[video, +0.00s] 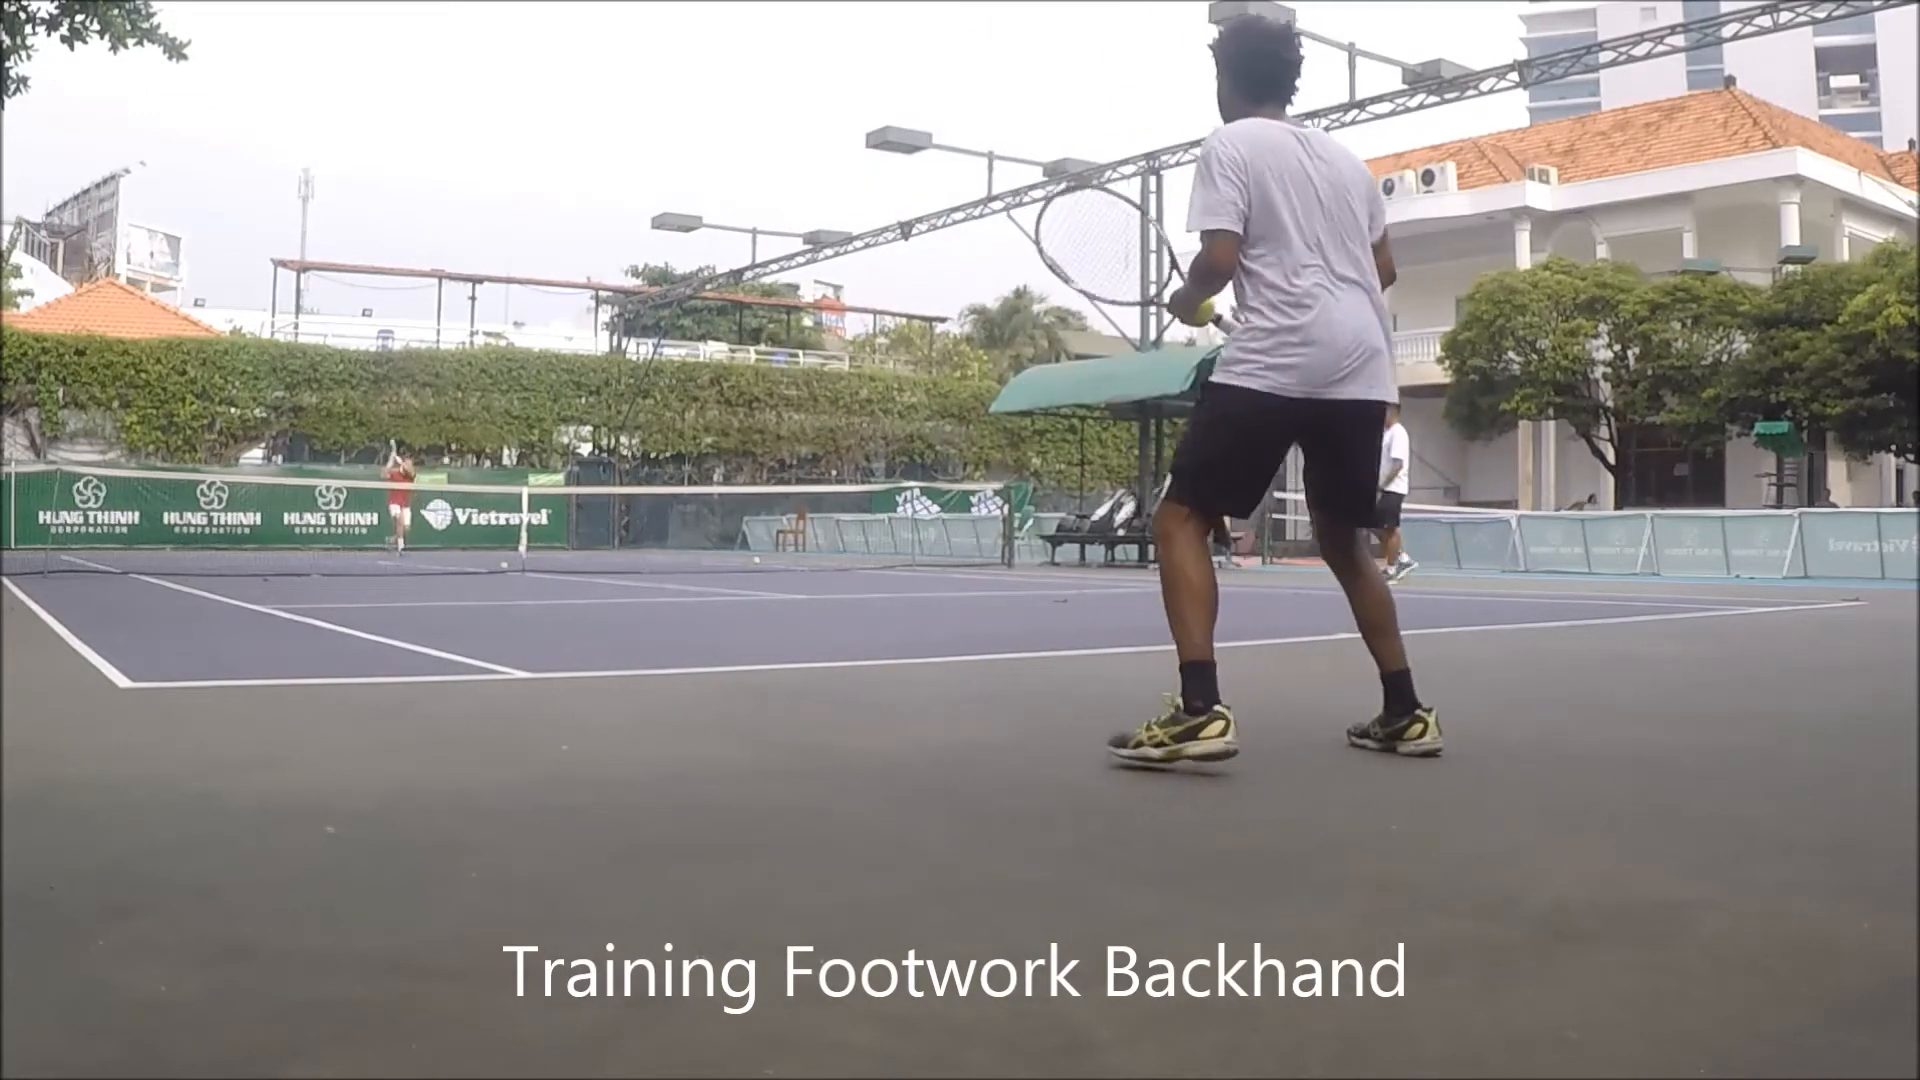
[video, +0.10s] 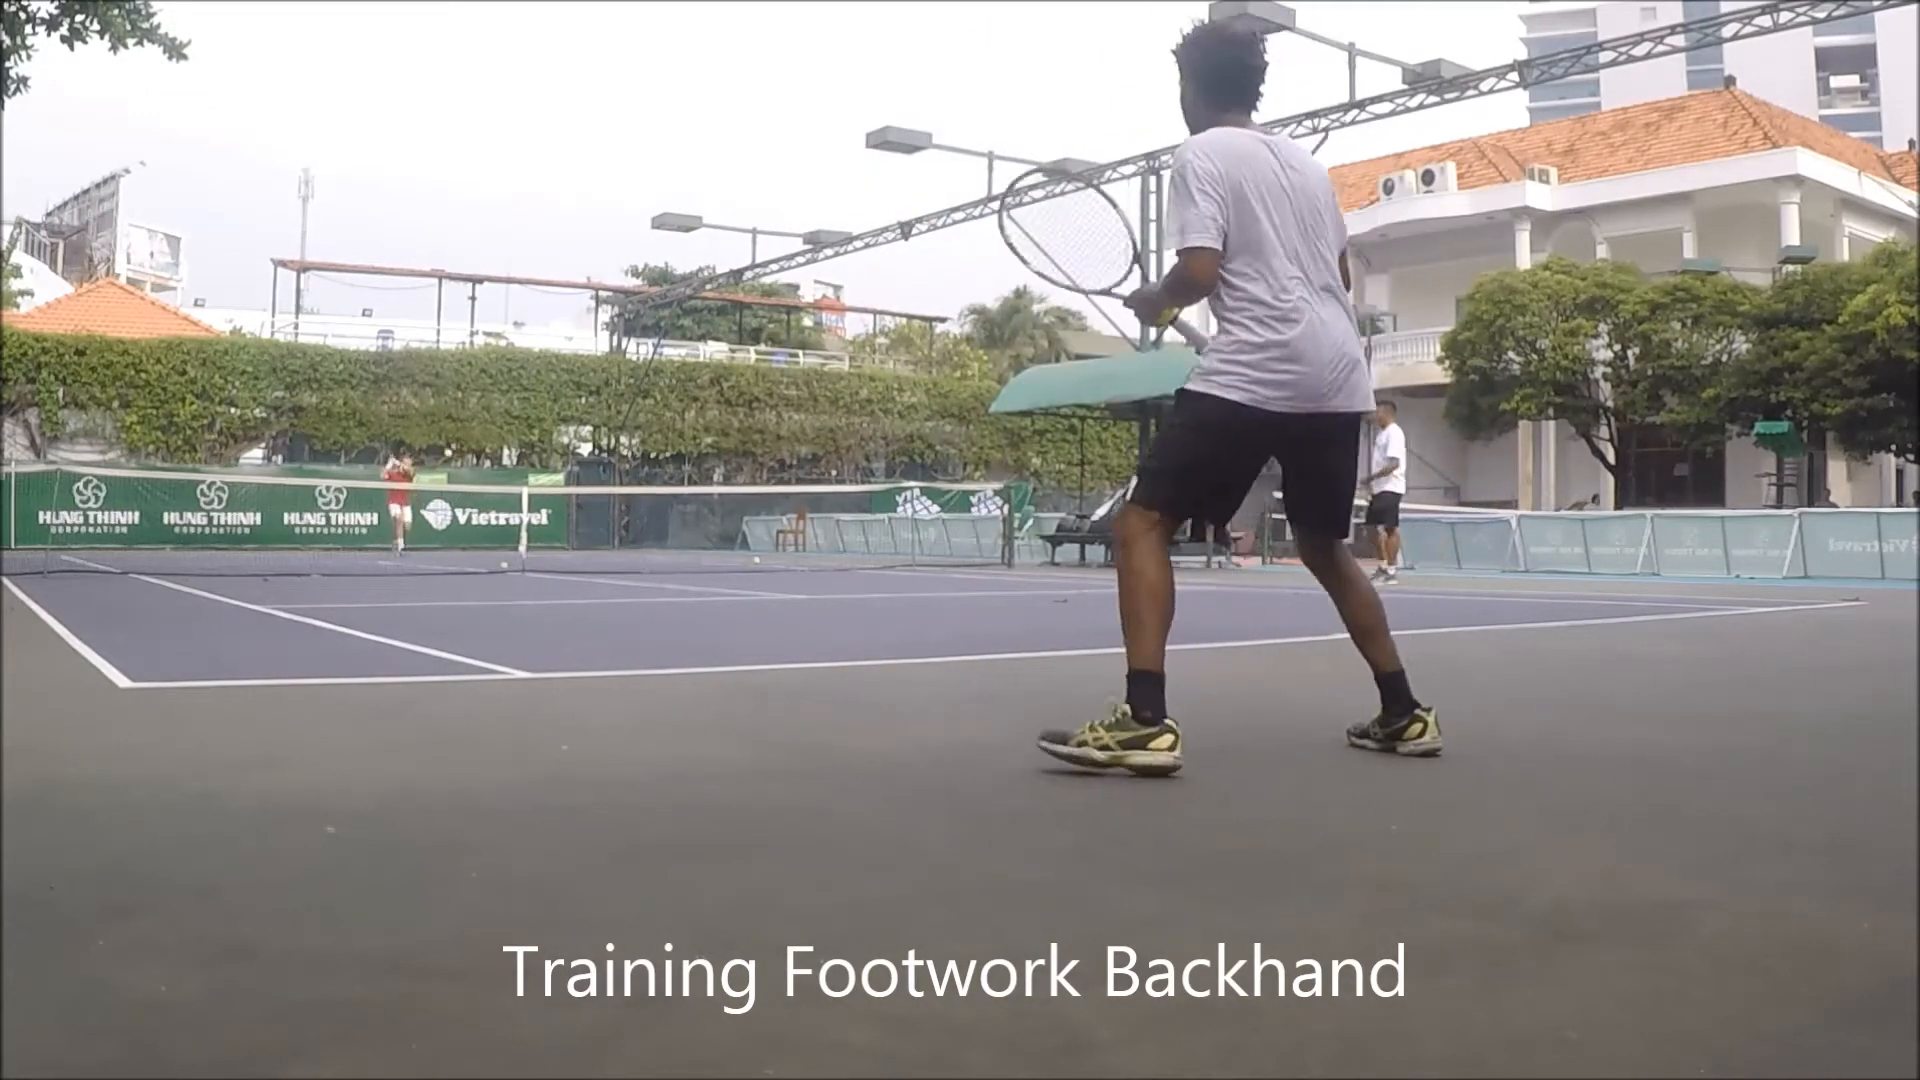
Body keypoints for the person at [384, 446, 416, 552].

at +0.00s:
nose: (403, 468)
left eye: (405, 466)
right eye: (402, 465)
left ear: (408, 467)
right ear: (399, 466)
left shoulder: (410, 476)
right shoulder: (393, 474)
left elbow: (409, 470)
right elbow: (385, 473)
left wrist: (400, 461)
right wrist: (391, 460)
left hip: (405, 502)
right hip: (394, 501)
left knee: (405, 524)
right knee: (398, 519)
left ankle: (395, 538)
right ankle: (400, 544)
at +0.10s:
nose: (409, 463)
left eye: (409, 461)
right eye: (406, 461)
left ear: (410, 462)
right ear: (400, 461)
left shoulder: (408, 474)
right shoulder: (392, 473)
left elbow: (409, 470)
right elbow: (383, 476)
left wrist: (399, 464)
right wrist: (388, 466)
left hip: (405, 499)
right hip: (394, 498)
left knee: (407, 522)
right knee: (398, 518)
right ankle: (400, 543)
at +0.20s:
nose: (406, 466)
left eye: (408, 464)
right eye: (404, 463)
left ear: (410, 465)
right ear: (400, 463)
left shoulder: (409, 475)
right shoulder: (393, 475)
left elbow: (407, 473)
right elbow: (385, 480)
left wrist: (396, 469)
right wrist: (389, 470)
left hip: (405, 500)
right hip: (394, 500)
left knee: (406, 522)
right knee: (397, 519)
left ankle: (402, 540)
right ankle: (398, 543)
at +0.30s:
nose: (406, 467)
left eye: (408, 465)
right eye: (404, 464)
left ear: (409, 465)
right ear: (401, 464)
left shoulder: (410, 472)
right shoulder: (392, 471)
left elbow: (406, 477)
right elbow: (387, 482)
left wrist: (395, 473)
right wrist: (389, 475)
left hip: (404, 501)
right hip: (392, 500)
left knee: (403, 524)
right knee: (395, 522)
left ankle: (400, 540)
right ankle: (395, 543)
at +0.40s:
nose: (404, 460)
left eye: (406, 457)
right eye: (402, 457)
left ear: (408, 459)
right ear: (398, 458)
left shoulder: (409, 470)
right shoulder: (393, 469)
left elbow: (407, 480)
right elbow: (387, 477)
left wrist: (393, 478)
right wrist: (401, 479)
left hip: (404, 498)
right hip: (393, 497)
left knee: (401, 521)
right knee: (393, 518)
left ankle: (400, 539)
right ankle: (391, 540)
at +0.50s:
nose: (402, 457)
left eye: (404, 455)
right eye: (400, 454)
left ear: (407, 456)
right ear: (396, 456)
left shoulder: (408, 468)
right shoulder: (392, 467)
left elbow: (407, 482)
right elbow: (386, 479)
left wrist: (395, 482)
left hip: (403, 496)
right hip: (392, 496)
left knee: (401, 520)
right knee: (388, 519)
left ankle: (400, 544)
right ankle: (387, 543)